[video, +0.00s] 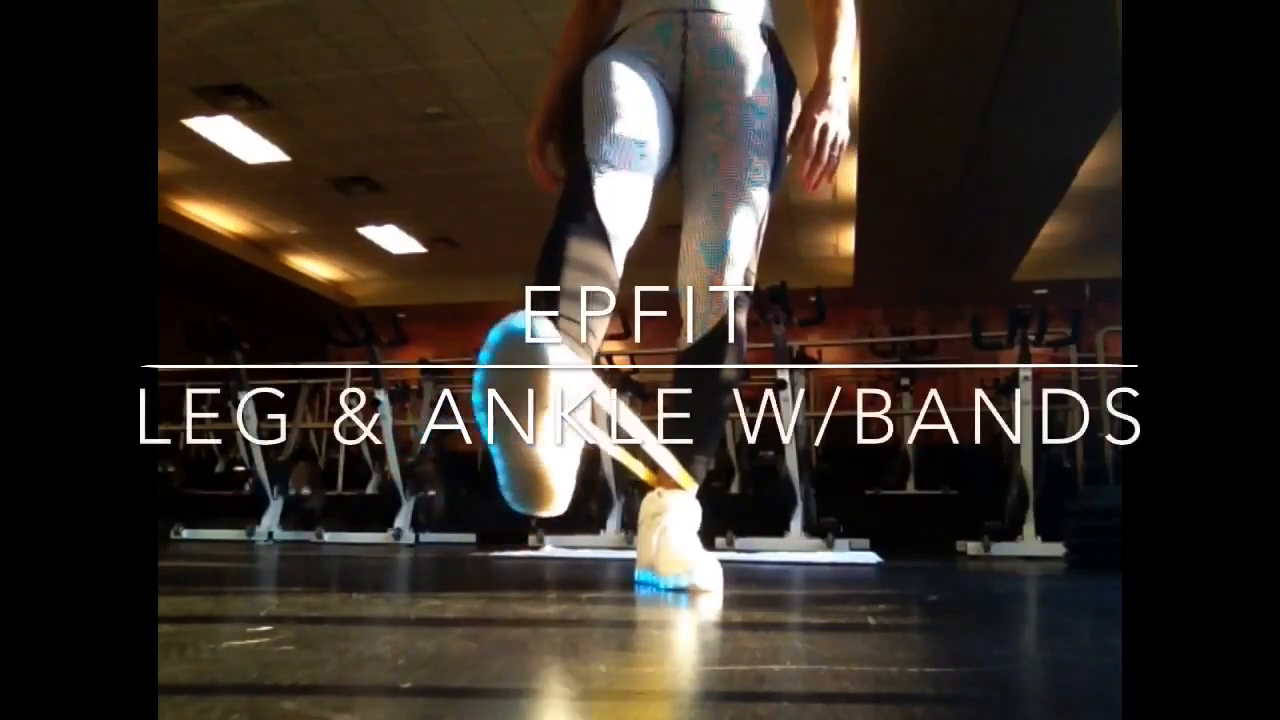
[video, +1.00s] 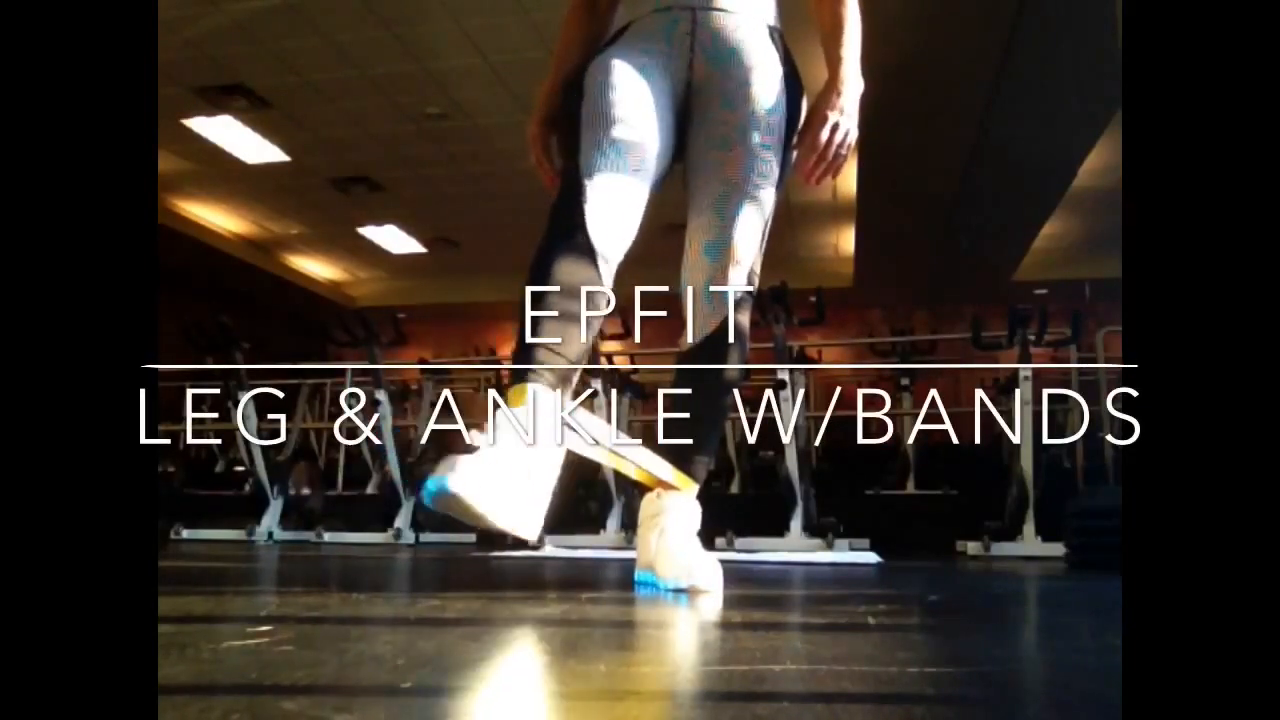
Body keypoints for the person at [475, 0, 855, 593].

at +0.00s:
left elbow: (833, 5)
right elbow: (595, 4)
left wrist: (836, 85)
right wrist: (555, 98)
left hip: (739, 28)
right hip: (630, 27)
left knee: (719, 267)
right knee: (602, 198)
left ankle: (674, 513)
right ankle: (550, 421)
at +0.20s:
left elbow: (828, 4)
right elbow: (596, 5)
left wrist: (826, 77)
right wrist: (559, 97)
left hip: (742, 28)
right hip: (631, 26)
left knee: (719, 267)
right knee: (620, 193)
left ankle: (673, 512)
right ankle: (588, 407)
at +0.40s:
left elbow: (827, 5)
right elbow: (595, 3)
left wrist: (826, 89)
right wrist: (551, 98)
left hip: (742, 25)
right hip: (631, 23)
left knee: (720, 268)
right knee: (601, 220)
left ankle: (673, 517)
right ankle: (549, 469)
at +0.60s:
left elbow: (827, 2)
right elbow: (593, 7)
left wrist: (834, 88)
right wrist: (549, 100)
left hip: (743, 30)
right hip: (634, 31)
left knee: (719, 271)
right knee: (580, 195)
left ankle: (673, 517)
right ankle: (494, 423)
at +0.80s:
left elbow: (831, 1)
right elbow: (592, 5)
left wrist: (840, 86)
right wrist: (549, 102)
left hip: (746, 26)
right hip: (638, 26)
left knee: (721, 275)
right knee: (578, 183)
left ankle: (671, 518)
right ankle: (480, 413)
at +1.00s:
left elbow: (832, 2)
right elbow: (594, 4)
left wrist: (844, 80)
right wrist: (555, 90)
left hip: (748, 24)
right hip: (636, 22)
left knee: (722, 272)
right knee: (593, 213)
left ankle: (672, 519)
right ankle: (521, 458)